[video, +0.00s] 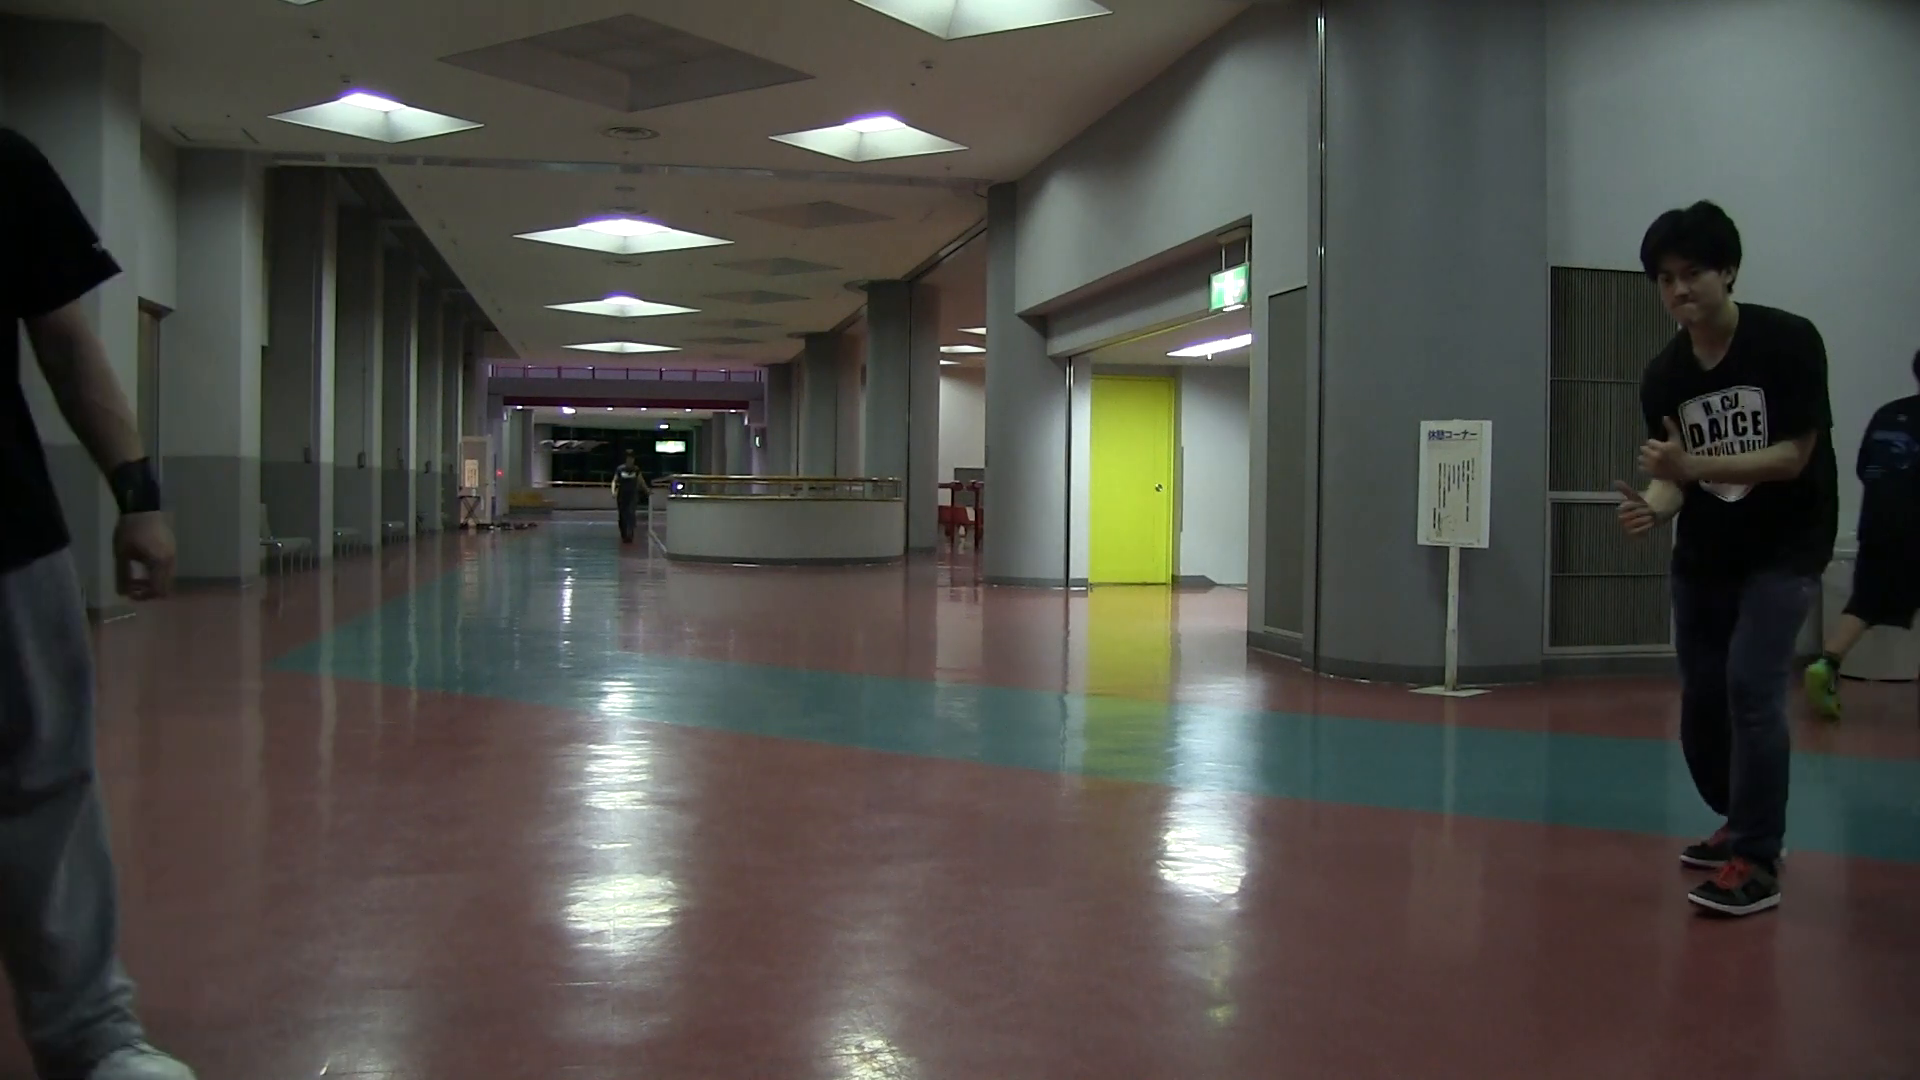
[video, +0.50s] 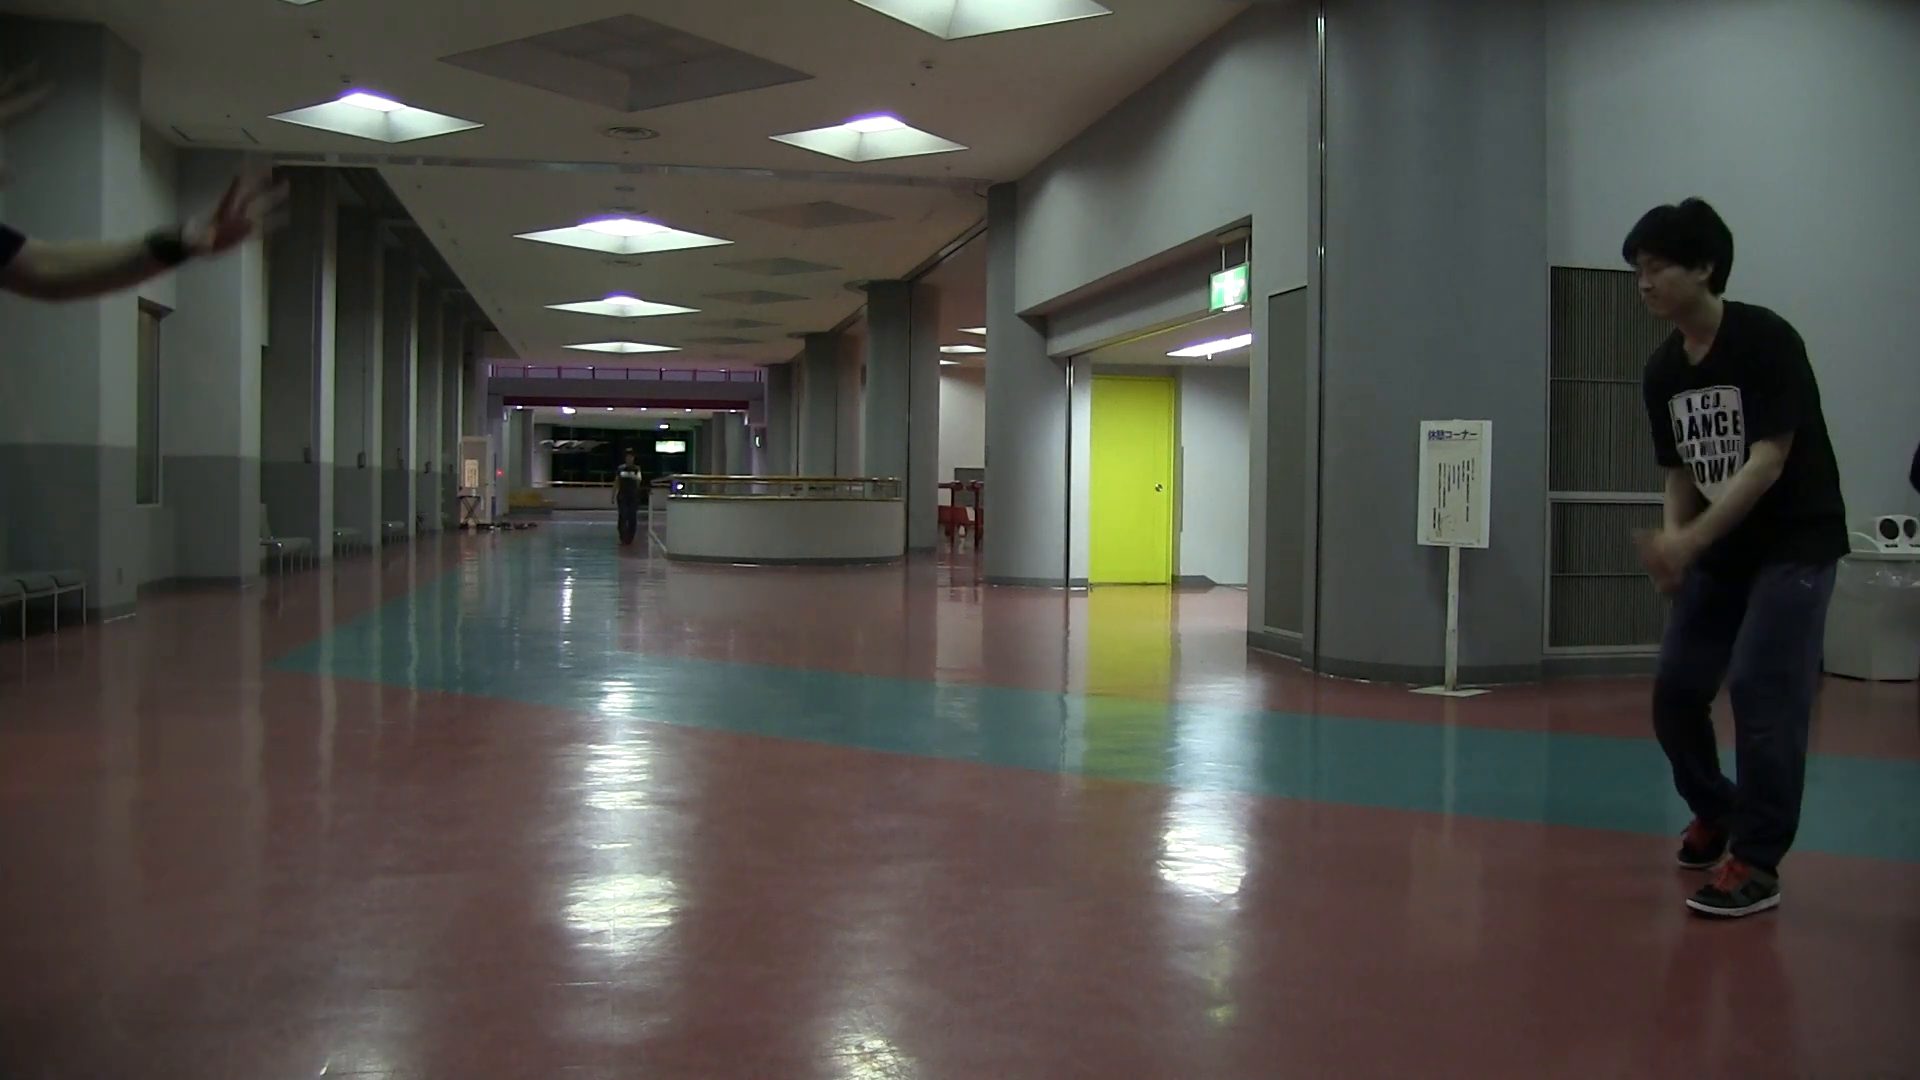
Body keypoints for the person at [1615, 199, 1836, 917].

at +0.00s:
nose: (1679, 291)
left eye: (1691, 274)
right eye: (1667, 280)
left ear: (1728, 272)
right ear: (1658, 287)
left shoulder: (1790, 342)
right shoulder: (1663, 375)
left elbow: (1795, 457)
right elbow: (1679, 472)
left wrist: (1689, 465)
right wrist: (1649, 505)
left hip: (1784, 551)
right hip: (1705, 554)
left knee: (1752, 690)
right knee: (1704, 696)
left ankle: (1757, 862)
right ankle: (1742, 824)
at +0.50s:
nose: (1643, 282)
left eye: (1656, 267)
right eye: (1639, 269)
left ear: (1704, 269)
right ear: (1643, 277)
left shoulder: (1767, 339)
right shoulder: (1662, 369)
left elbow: (1771, 458)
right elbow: (1678, 478)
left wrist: (1690, 538)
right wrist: (1672, 548)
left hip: (1798, 544)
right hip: (1722, 548)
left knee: (1764, 691)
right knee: (1676, 694)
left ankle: (1757, 864)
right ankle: (1716, 812)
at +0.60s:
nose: (1633, 268)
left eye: (1643, 254)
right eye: (1634, 254)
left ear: (1686, 261)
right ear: (1677, 264)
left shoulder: (1757, 334)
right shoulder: (1671, 357)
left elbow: (1771, 457)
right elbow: (1689, 464)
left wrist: (1761, 565)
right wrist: (1669, 554)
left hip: (1782, 552)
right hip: (1712, 550)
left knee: (1762, 704)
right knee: (1674, 696)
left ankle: (1756, 863)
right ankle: (1737, 812)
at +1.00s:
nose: (1654, 251)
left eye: (1658, 238)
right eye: (1656, 237)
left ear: (1681, 245)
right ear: (1715, 247)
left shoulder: (1730, 320)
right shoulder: (1727, 316)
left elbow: (1749, 432)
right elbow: (1735, 434)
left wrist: (1766, 539)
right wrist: (1707, 533)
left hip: (1718, 542)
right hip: (1719, 538)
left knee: (1654, 671)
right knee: (1723, 680)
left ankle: (1702, 832)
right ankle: (1766, 832)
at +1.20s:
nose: (1649, 245)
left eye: (1654, 232)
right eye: (1653, 232)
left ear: (1676, 241)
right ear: (1708, 242)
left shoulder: (1721, 317)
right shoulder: (1717, 315)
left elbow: (1727, 429)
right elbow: (1717, 432)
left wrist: (1716, 536)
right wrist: (1697, 531)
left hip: (1710, 542)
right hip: (1715, 540)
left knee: (1639, 674)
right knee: (1726, 689)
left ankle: (1623, 824)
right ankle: (1766, 830)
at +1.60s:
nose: (1593, 241)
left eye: (1607, 229)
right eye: (1593, 227)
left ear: (1650, 241)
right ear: (1608, 236)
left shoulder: (1675, 321)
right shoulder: (1629, 320)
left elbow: (1686, 440)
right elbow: (1632, 430)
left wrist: (1656, 543)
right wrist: (1621, 527)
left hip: (1659, 538)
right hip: (1629, 534)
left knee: (1613, 686)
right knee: (1675, 682)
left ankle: (1568, 828)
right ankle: (1751, 813)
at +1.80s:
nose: (1576, 235)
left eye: (1591, 225)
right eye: (1575, 222)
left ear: (1631, 237)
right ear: (1576, 231)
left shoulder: (1652, 326)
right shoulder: (1575, 320)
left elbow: (1661, 448)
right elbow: (1560, 429)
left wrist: (1630, 552)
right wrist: (1544, 516)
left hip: (1620, 535)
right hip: (1570, 529)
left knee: (1594, 684)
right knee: (1575, 679)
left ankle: (1566, 827)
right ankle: (1688, 782)